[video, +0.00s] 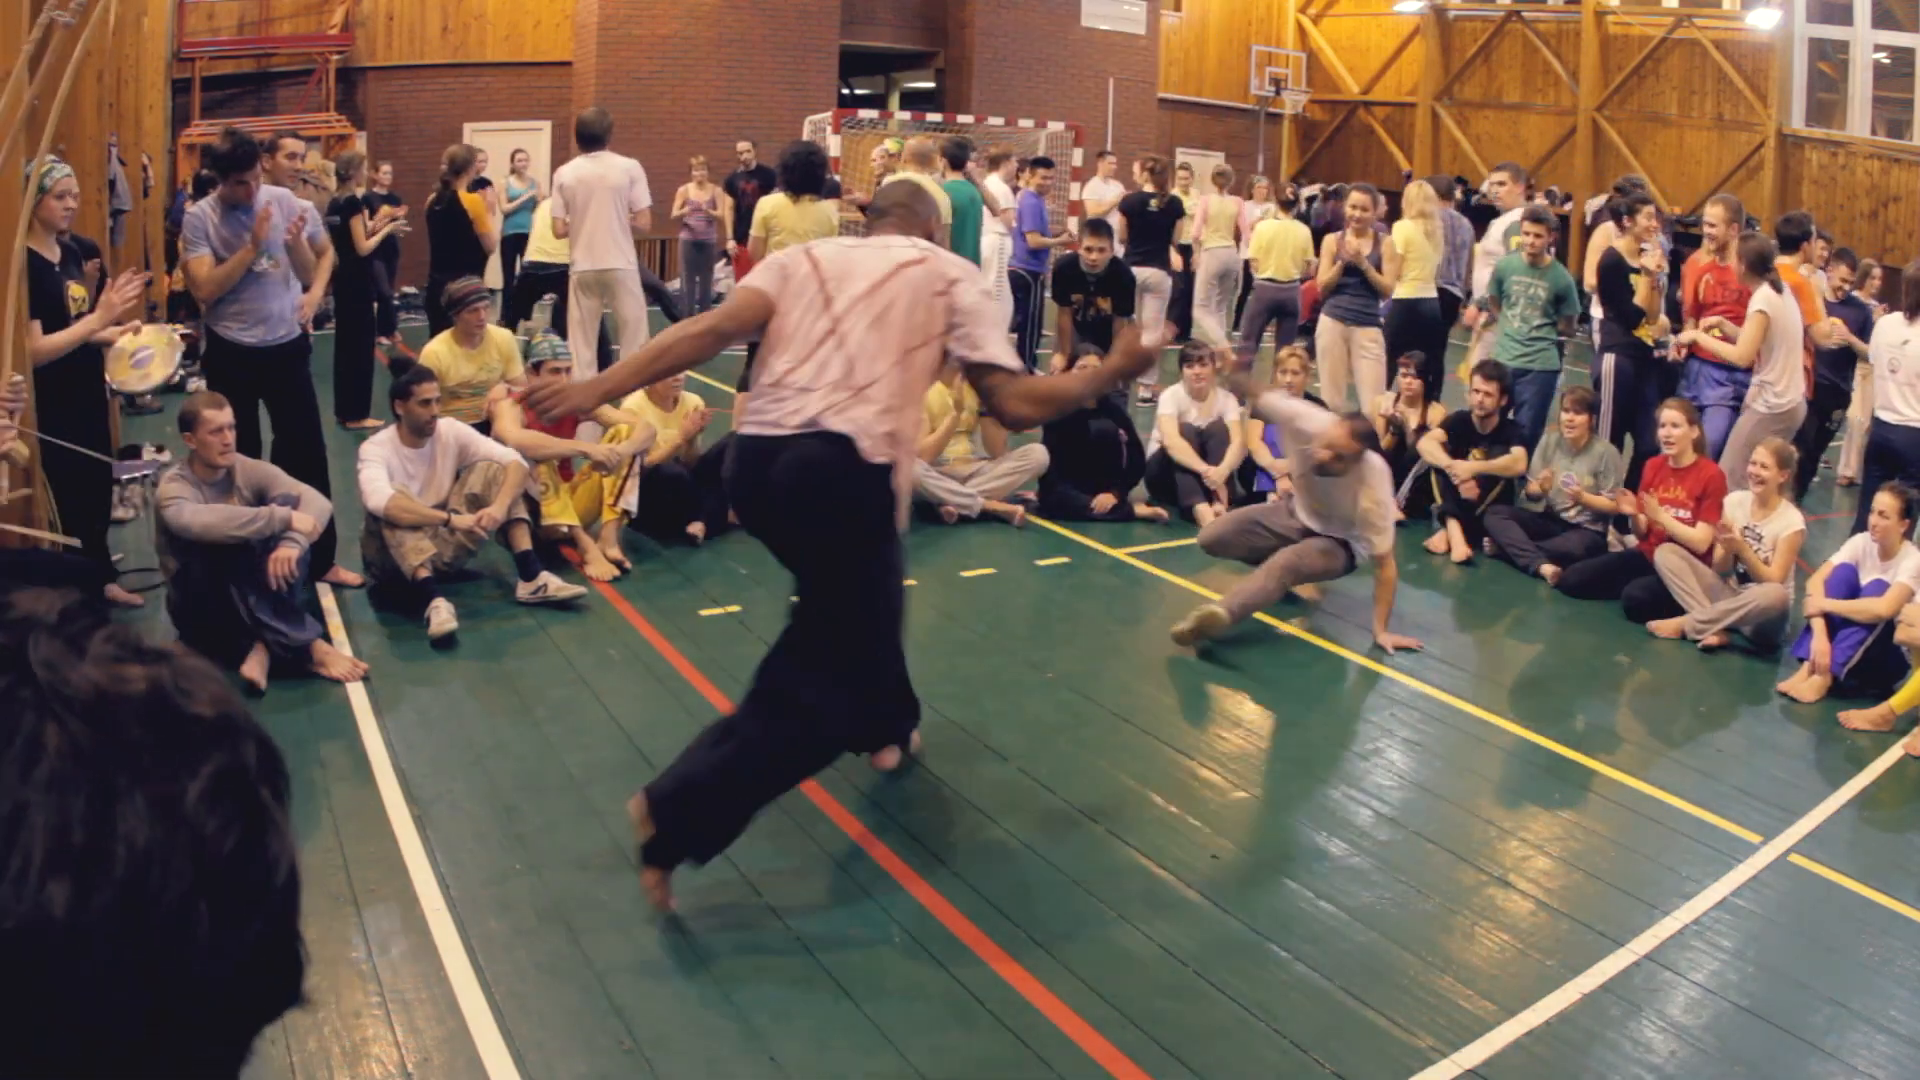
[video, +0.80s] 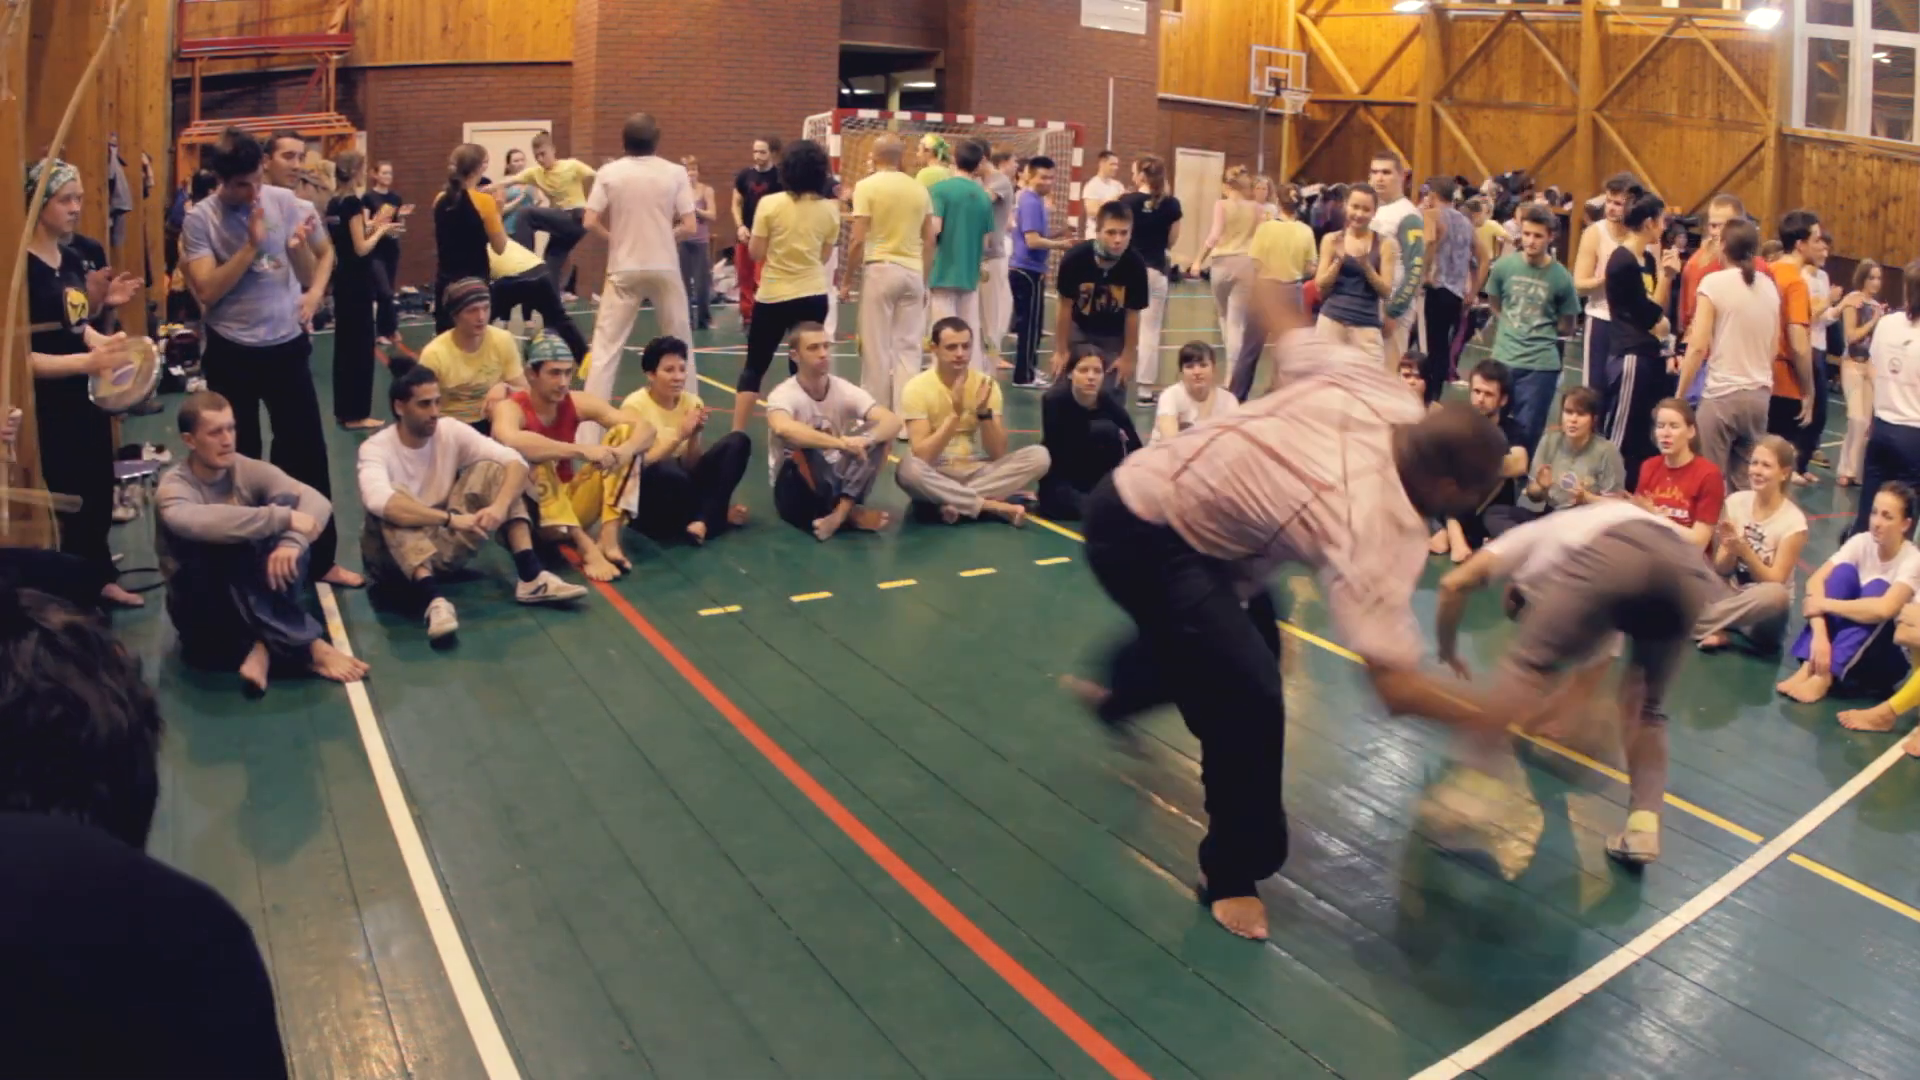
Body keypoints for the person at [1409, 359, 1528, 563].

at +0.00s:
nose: (1480, 399)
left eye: (1488, 394)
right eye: (1476, 392)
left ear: (1503, 400)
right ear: (1469, 393)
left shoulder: (1511, 429)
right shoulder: (1459, 419)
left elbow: (1519, 465)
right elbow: (1425, 444)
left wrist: (1472, 467)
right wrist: (1458, 474)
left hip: (1492, 508)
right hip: (1454, 502)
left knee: (1501, 459)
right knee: (1437, 459)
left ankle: (1448, 529)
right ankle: (1454, 530)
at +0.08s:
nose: (1479, 400)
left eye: (1487, 395)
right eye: (1475, 392)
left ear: (1503, 400)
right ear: (1469, 392)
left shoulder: (1511, 429)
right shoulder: (1457, 420)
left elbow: (1519, 464)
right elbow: (1432, 441)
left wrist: (1471, 468)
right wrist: (1459, 475)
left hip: (1491, 508)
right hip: (1454, 499)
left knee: (1501, 461)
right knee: (1435, 463)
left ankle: (1448, 528)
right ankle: (1454, 529)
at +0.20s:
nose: (1480, 400)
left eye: (1488, 395)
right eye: (1476, 392)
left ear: (1503, 400)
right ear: (1470, 392)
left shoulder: (1511, 428)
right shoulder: (1456, 421)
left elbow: (1519, 464)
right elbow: (1433, 448)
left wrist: (1474, 471)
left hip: (1496, 493)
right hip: (1457, 486)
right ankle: (1457, 537)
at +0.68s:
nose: (1480, 400)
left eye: (1488, 394)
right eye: (1476, 392)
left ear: (1503, 400)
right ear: (1470, 393)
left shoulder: (1511, 429)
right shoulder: (1458, 419)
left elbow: (1519, 464)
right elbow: (1425, 444)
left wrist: (1472, 468)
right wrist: (1455, 470)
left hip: (1496, 503)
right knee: (1436, 458)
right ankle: (1451, 523)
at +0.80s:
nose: (1480, 400)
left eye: (1488, 394)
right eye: (1476, 392)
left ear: (1503, 400)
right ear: (1470, 392)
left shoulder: (1512, 428)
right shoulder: (1460, 424)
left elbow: (1519, 465)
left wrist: (1473, 471)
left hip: (1495, 506)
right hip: (1455, 498)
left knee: (1501, 471)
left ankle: (1447, 530)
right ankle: (1455, 533)